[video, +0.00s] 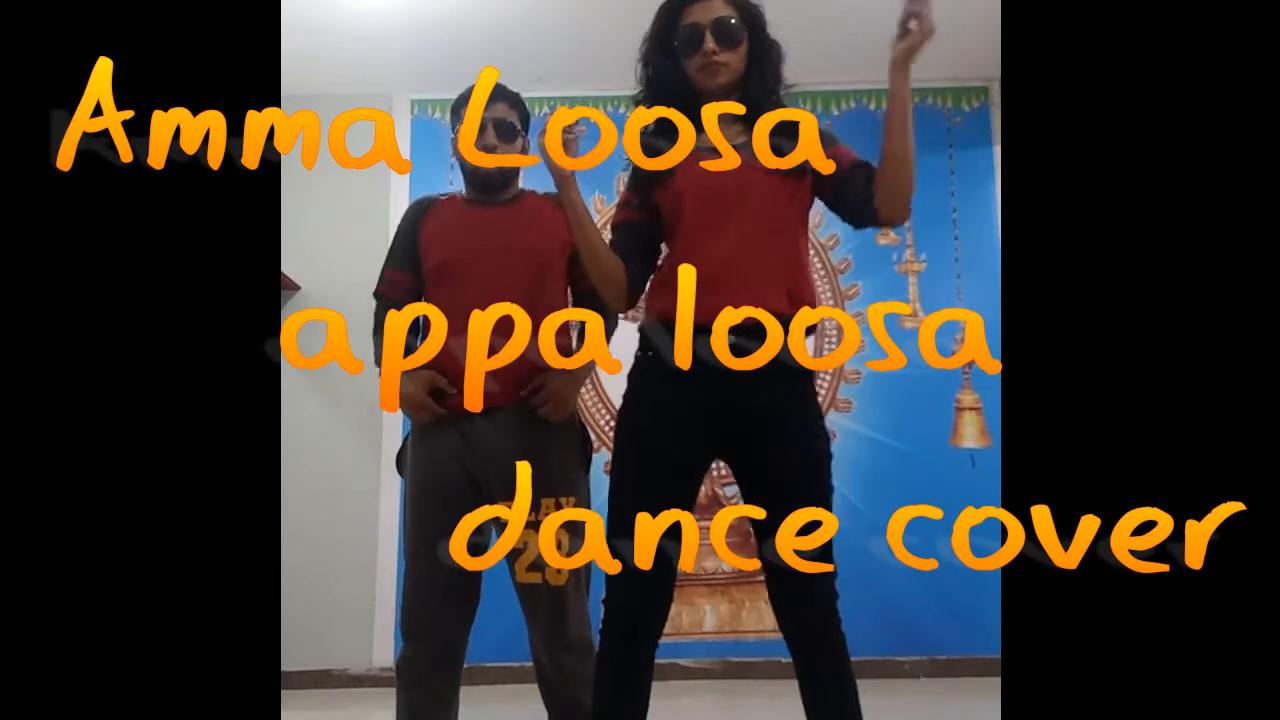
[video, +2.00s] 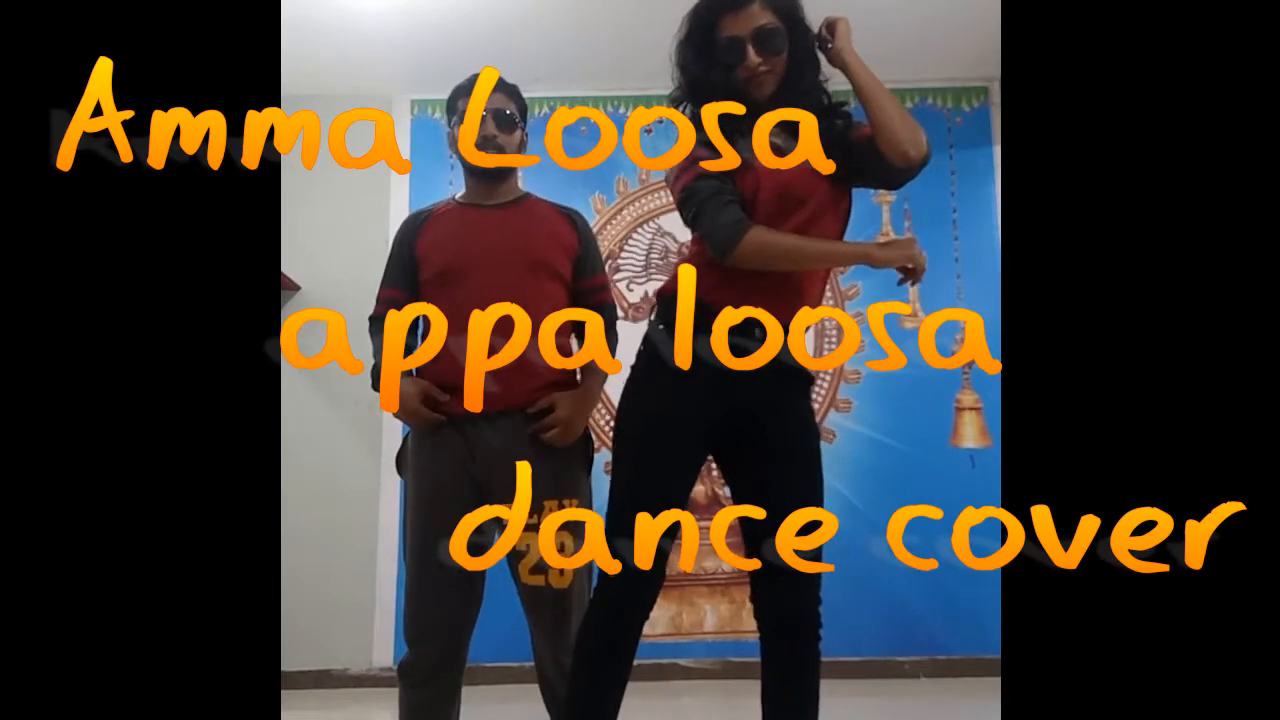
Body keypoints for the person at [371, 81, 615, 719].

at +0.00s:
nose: (493, 140)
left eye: (507, 131)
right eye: (478, 129)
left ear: (526, 145)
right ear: (456, 139)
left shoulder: (560, 216)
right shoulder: (423, 218)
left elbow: (600, 301)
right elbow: (389, 312)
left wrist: (576, 367)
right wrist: (399, 371)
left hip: (541, 433)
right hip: (445, 436)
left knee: (561, 621)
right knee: (431, 621)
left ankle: (578, 718)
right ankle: (424, 719)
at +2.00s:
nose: (493, 130)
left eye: (507, 120)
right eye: (477, 119)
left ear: (524, 136)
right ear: (454, 133)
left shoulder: (566, 225)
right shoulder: (420, 229)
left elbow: (601, 319)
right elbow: (385, 321)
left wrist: (588, 388)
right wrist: (393, 380)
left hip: (545, 441)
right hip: (444, 442)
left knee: (563, 624)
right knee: (433, 627)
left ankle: (580, 719)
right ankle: (425, 719)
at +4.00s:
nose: (488, 118)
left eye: (503, 106)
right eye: (472, 107)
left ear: (525, 123)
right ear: (451, 123)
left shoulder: (566, 215)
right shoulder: (415, 217)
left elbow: (608, 306)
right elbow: (383, 309)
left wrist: (590, 375)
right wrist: (397, 372)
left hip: (551, 436)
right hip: (447, 438)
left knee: (571, 625)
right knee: (432, 628)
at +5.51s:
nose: (492, 121)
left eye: (508, 112)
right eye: (474, 112)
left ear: (527, 132)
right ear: (454, 132)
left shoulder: (569, 224)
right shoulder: (421, 226)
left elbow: (602, 324)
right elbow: (391, 319)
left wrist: (589, 397)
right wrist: (397, 378)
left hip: (546, 442)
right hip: (443, 443)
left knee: (573, 624)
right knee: (420, 624)